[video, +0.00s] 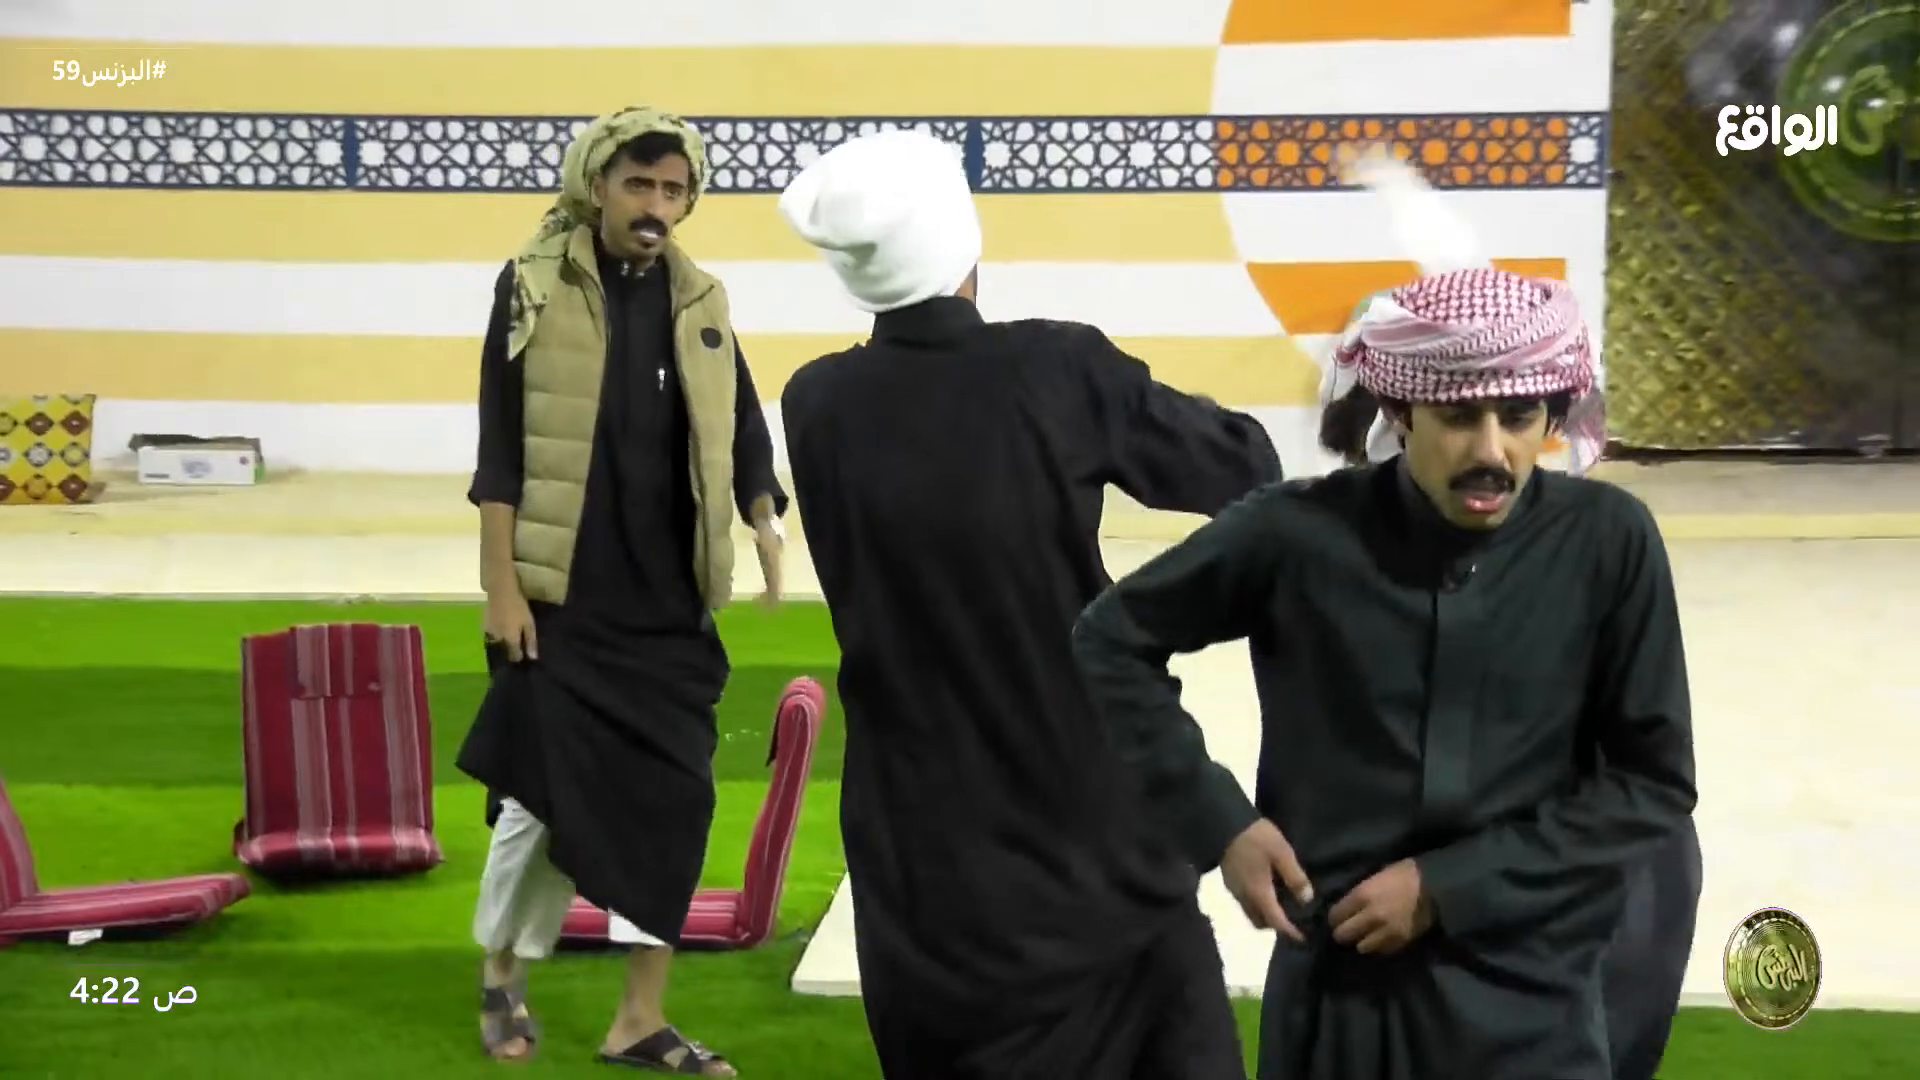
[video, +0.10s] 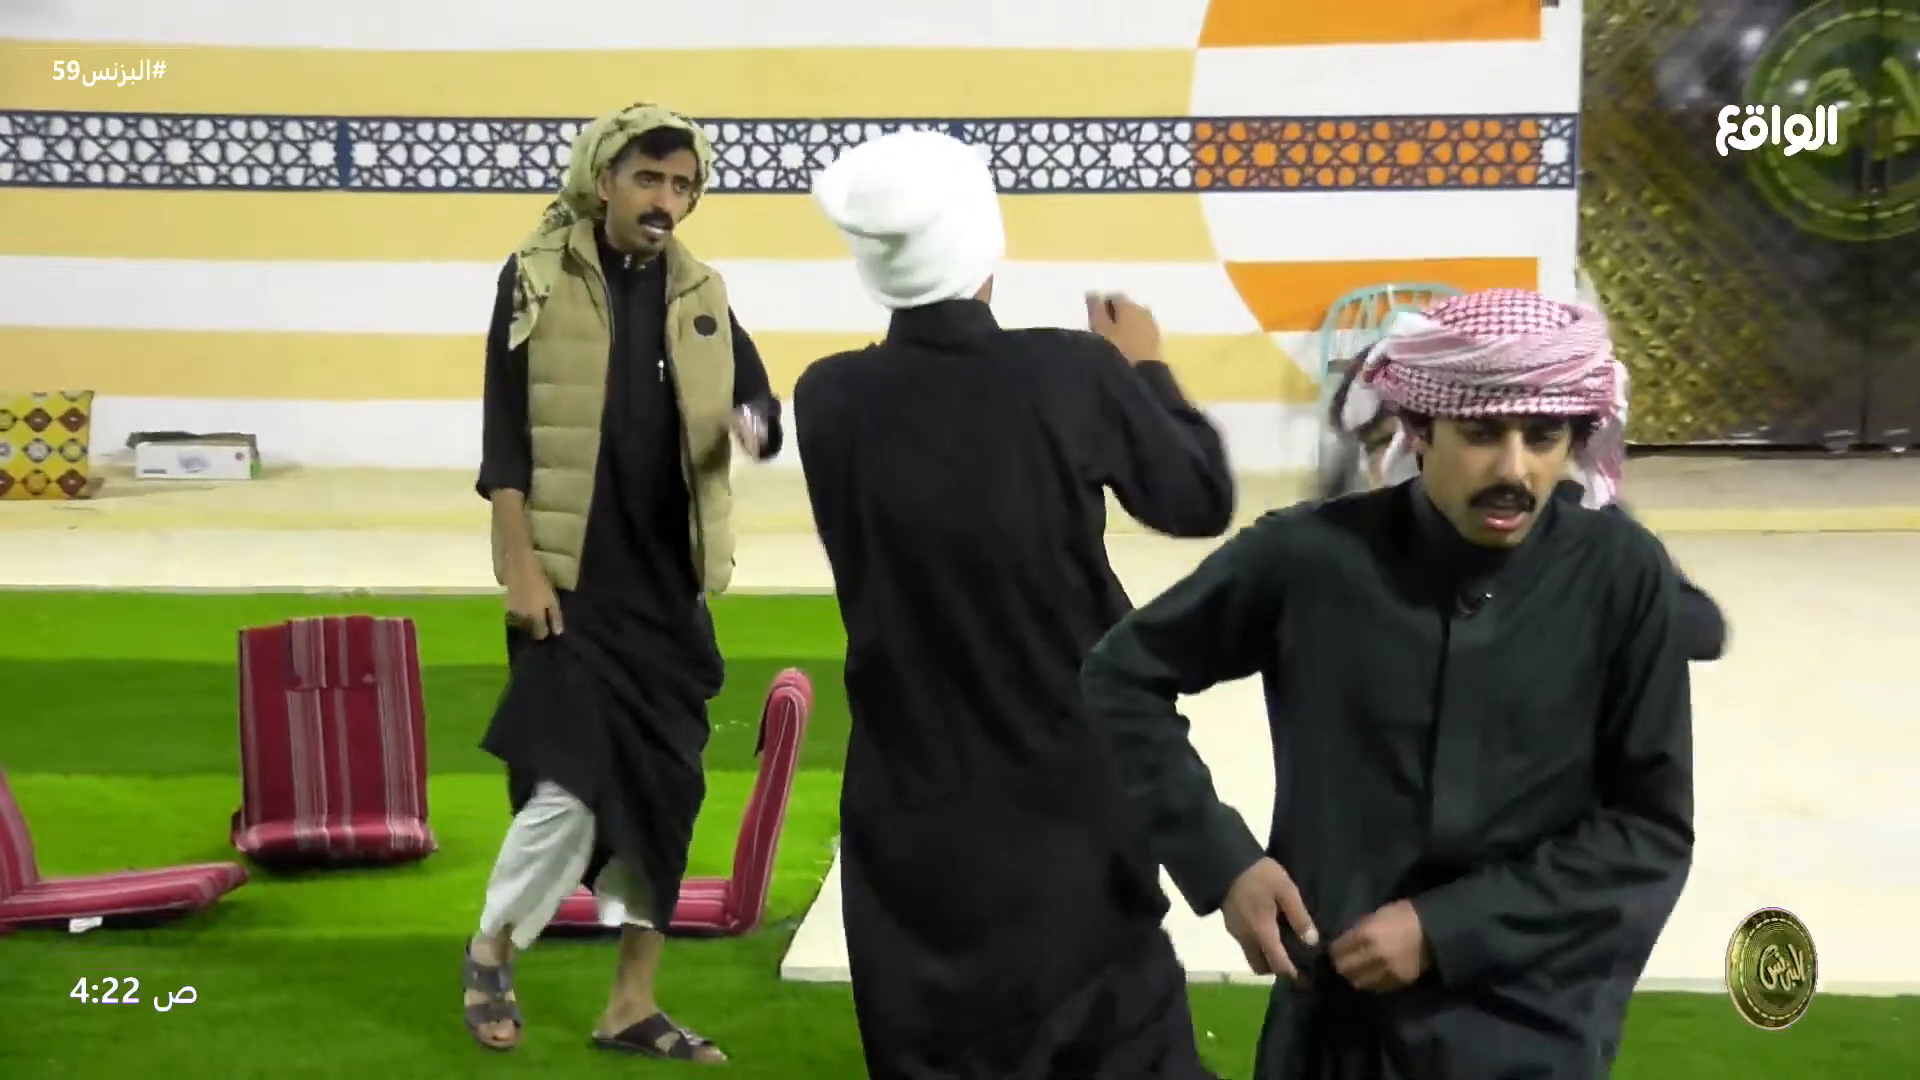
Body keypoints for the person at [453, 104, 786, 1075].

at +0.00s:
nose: (657, 206)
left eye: (674, 191)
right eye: (639, 186)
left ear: (690, 201)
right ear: (594, 186)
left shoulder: (698, 295)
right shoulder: (535, 286)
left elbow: (742, 416)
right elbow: (499, 440)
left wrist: (767, 530)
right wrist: (500, 581)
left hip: (672, 594)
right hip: (561, 592)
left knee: (677, 795)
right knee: (543, 795)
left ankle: (640, 1021)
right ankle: (504, 979)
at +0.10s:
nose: (665, 200)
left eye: (680, 185)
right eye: (648, 179)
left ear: (693, 196)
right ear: (599, 179)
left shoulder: (697, 289)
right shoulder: (538, 278)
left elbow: (757, 395)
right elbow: (505, 428)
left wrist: (754, 419)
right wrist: (517, 561)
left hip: (669, 582)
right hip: (568, 578)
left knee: (663, 784)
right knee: (572, 782)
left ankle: (632, 1007)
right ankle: (491, 953)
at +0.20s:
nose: (665, 197)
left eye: (679, 181)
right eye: (647, 177)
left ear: (690, 191)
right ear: (597, 177)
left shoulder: (691, 283)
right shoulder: (538, 274)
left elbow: (768, 393)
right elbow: (506, 424)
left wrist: (744, 364)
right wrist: (527, 553)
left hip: (668, 573)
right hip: (571, 569)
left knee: (651, 777)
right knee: (585, 779)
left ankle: (625, 995)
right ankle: (495, 970)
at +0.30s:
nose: (654, 197)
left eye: (668, 182)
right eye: (637, 178)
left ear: (675, 189)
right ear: (587, 177)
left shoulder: (679, 286)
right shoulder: (528, 278)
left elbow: (764, 367)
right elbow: (502, 431)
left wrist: (751, 356)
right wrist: (534, 560)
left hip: (662, 572)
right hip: (565, 570)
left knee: (638, 777)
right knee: (571, 782)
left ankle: (614, 981)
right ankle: (526, 1014)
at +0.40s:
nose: (642, 201)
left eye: (654, 185)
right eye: (625, 181)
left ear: (659, 188)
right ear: (572, 179)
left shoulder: (661, 288)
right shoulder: (514, 284)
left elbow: (727, 367)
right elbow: (496, 438)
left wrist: (765, 380)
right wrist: (525, 566)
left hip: (653, 576)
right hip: (557, 575)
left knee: (630, 774)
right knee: (556, 783)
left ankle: (610, 973)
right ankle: (527, 1009)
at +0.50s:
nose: (624, 198)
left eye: (634, 182)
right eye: (606, 180)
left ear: (638, 185)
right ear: (553, 179)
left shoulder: (641, 283)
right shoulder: (503, 284)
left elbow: (701, 402)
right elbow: (484, 438)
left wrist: (765, 453)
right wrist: (517, 566)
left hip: (639, 570)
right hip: (543, 571)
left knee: (625, 758)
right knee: (547, 773)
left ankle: (604, 961)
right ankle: (526, 996)